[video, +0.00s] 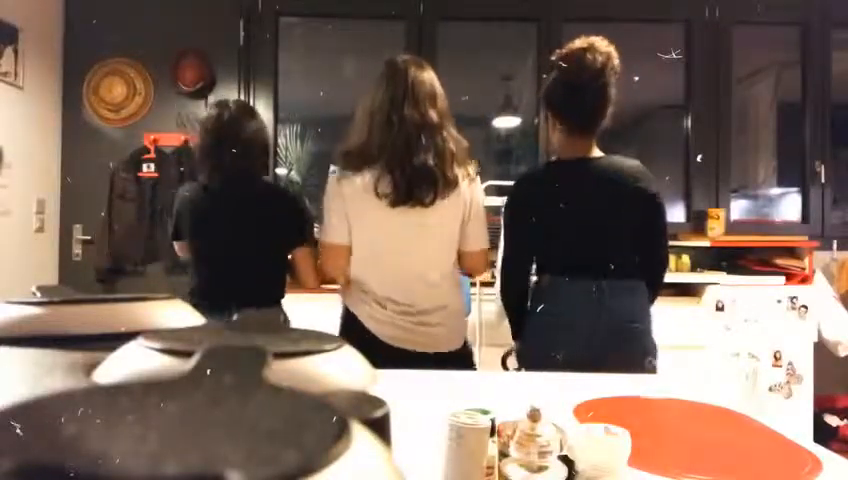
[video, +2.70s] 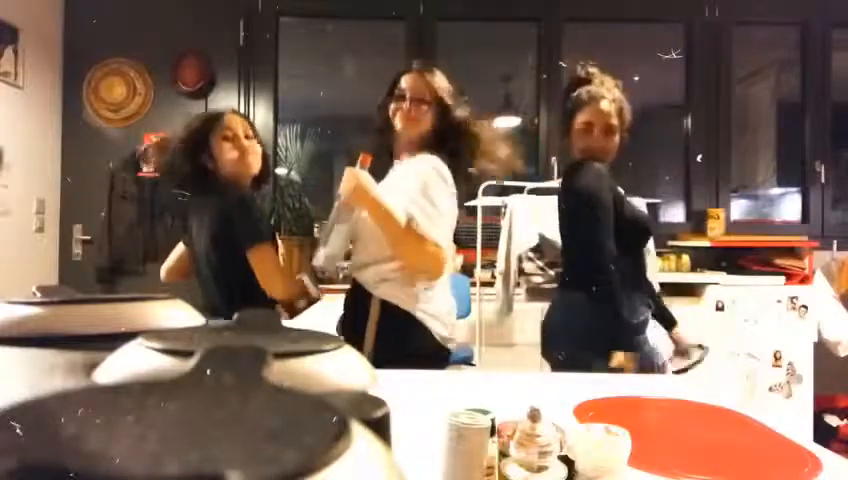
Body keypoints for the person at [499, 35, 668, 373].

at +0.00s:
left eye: (546, 111)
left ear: (551, 114)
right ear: (605, 113)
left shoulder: (529, 187)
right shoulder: (636, 178)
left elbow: (513, 278)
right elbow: (656, 266)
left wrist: (525, 335)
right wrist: (628, 310)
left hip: (554, 318)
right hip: (625, 315)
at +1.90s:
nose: (553, 135)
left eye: (554, 124)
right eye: (553, 124)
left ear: (564, 127)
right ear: (611, 122)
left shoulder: (545, 192)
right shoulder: (642, 186)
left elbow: (528, 276)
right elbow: (655, 275)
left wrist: (512, 349)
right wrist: (638, 328)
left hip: (559, 334)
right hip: (628, 335)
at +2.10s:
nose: (623, 113)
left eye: (621, 105)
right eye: (620, 106)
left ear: (557, 122)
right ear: (608, 118)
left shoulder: (535, 190)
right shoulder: (639, 177)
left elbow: (528, 277)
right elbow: (667, 254)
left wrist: (521, 348)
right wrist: (647, 308)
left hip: (556, 339)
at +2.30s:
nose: (615, 129)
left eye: (618, 120)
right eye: (605, 119)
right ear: (574, 124)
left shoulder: (565, 178)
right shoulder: (608, 176)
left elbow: (551, 253)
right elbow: (648, 242)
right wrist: (678, 303)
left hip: (567, 298)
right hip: (618, 303)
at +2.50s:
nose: (598, 128)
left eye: (610, 120)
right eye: (588, 117)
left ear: (622, 127)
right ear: (571, 121)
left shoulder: (577, 170)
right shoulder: (599, 173)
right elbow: (625, 256)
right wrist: (665, 328)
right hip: (612, 310)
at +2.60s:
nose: (598, 134)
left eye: (610, 125)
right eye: (588, 122)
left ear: (622, 131)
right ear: (571, 127)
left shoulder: (577, 174)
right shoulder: (600, 177)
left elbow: (644, 211)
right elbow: (625, 260)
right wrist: (647, 332)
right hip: (606, 319)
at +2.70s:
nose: (596, 139)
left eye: (608, 131)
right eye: (586, 128)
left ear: (621, 138)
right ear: (569, 132)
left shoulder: (579, 178)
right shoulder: (593, 178)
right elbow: (601, 268)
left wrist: (671, 327)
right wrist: (632, 343)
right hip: (598, 331)